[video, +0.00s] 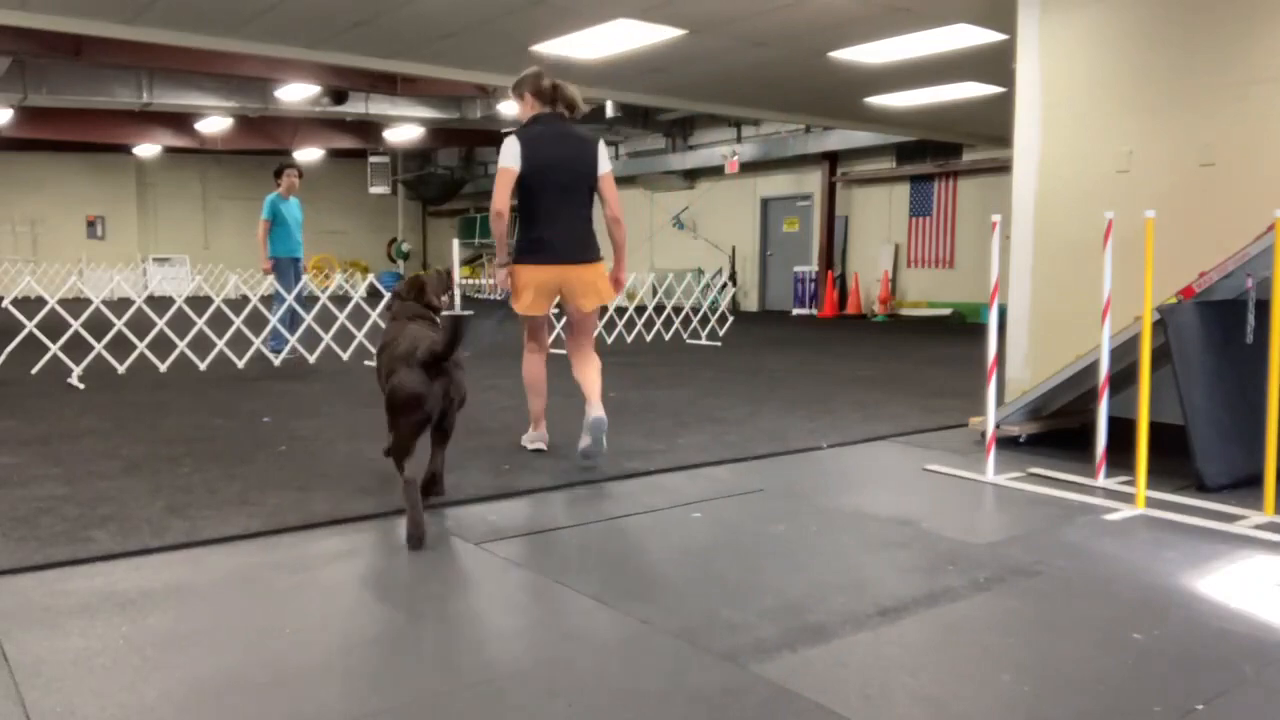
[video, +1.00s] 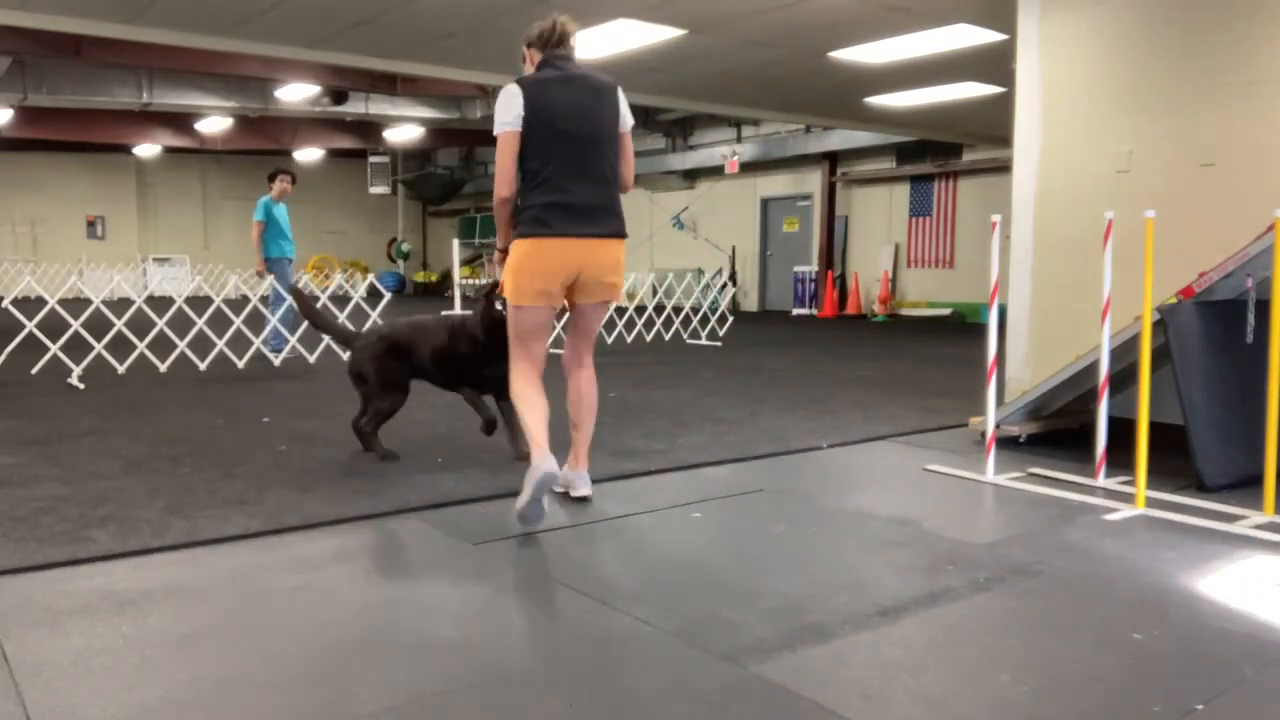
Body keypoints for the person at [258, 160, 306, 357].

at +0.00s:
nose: (294, 180)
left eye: (296, 176)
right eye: (289, 176)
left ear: (299, 180)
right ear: (280, 179)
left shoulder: (296, 202)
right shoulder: (272, 200)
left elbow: (298, 233)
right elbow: (263, 229)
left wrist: (302, 259)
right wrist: (264, 258)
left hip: (297, 256)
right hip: (280, 256)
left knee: (297, 299)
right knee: (284, 299)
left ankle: (290, 340)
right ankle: (276, 343)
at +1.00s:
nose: (285, 186)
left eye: (289, 183)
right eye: (282, 181)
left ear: (291, 187)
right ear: (272, 184)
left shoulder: (283, 206)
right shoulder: (264, 203)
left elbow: (283, 232)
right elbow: (257, 232)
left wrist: (290, 255)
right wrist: (259, 261)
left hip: (287, 256)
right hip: (275, 256)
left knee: (279, 299)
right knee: (284, 298)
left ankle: (274, 340)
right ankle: (277, 342)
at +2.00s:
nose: (276, 184)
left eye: (279, 181)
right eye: (272, 180)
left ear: (282, 186)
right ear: (263, 183)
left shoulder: (277, 206)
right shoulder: (256, 204)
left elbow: (280, 232)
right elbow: (251, 235)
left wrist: (286, 254)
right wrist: (256, 263)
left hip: (284, 255)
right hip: (271, 256)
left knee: (282, 299)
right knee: (281, 298)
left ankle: (277, 341)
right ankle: (275, 343)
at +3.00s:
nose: (280, 185)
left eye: (283, 182)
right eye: (276, 181)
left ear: (286, 186)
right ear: (267, 184)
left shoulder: (276, 206)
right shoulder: (260, 204)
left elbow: (280, 232)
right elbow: (258, 233)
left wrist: (287, 256)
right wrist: (264, 261)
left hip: (285, 256)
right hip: (276, 257)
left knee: (278, 299)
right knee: (283, 298)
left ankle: (275, 341)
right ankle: (276, 343)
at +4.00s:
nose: (284, 188)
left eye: (286, 184)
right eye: (280, 183)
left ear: (288, 188)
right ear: (270, 185)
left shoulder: (278, 207)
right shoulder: (262, 204)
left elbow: (280, 233)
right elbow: (260, 233)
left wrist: (288, 256)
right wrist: (266, 261)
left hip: (286, 256)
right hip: (277, 257)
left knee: (276, 299)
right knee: (286, 298)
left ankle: (272, 340)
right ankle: (277, 341)